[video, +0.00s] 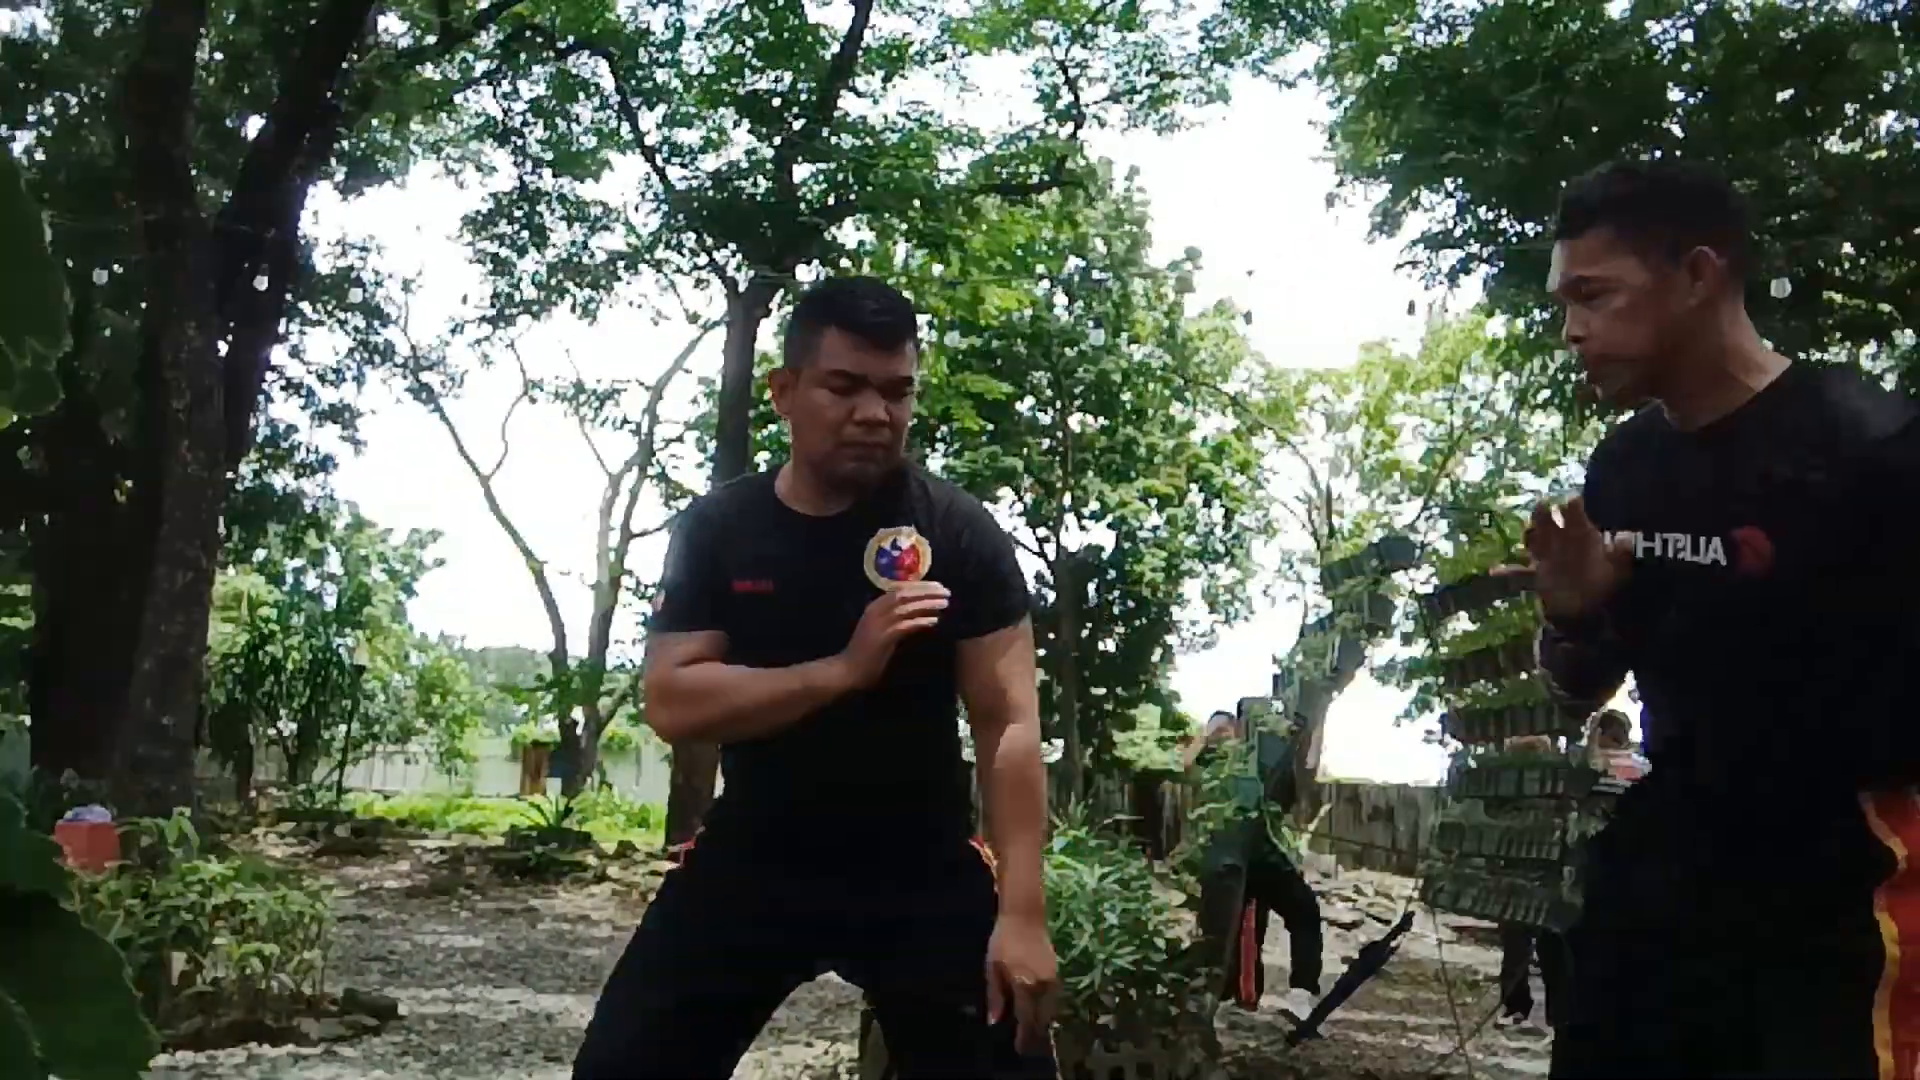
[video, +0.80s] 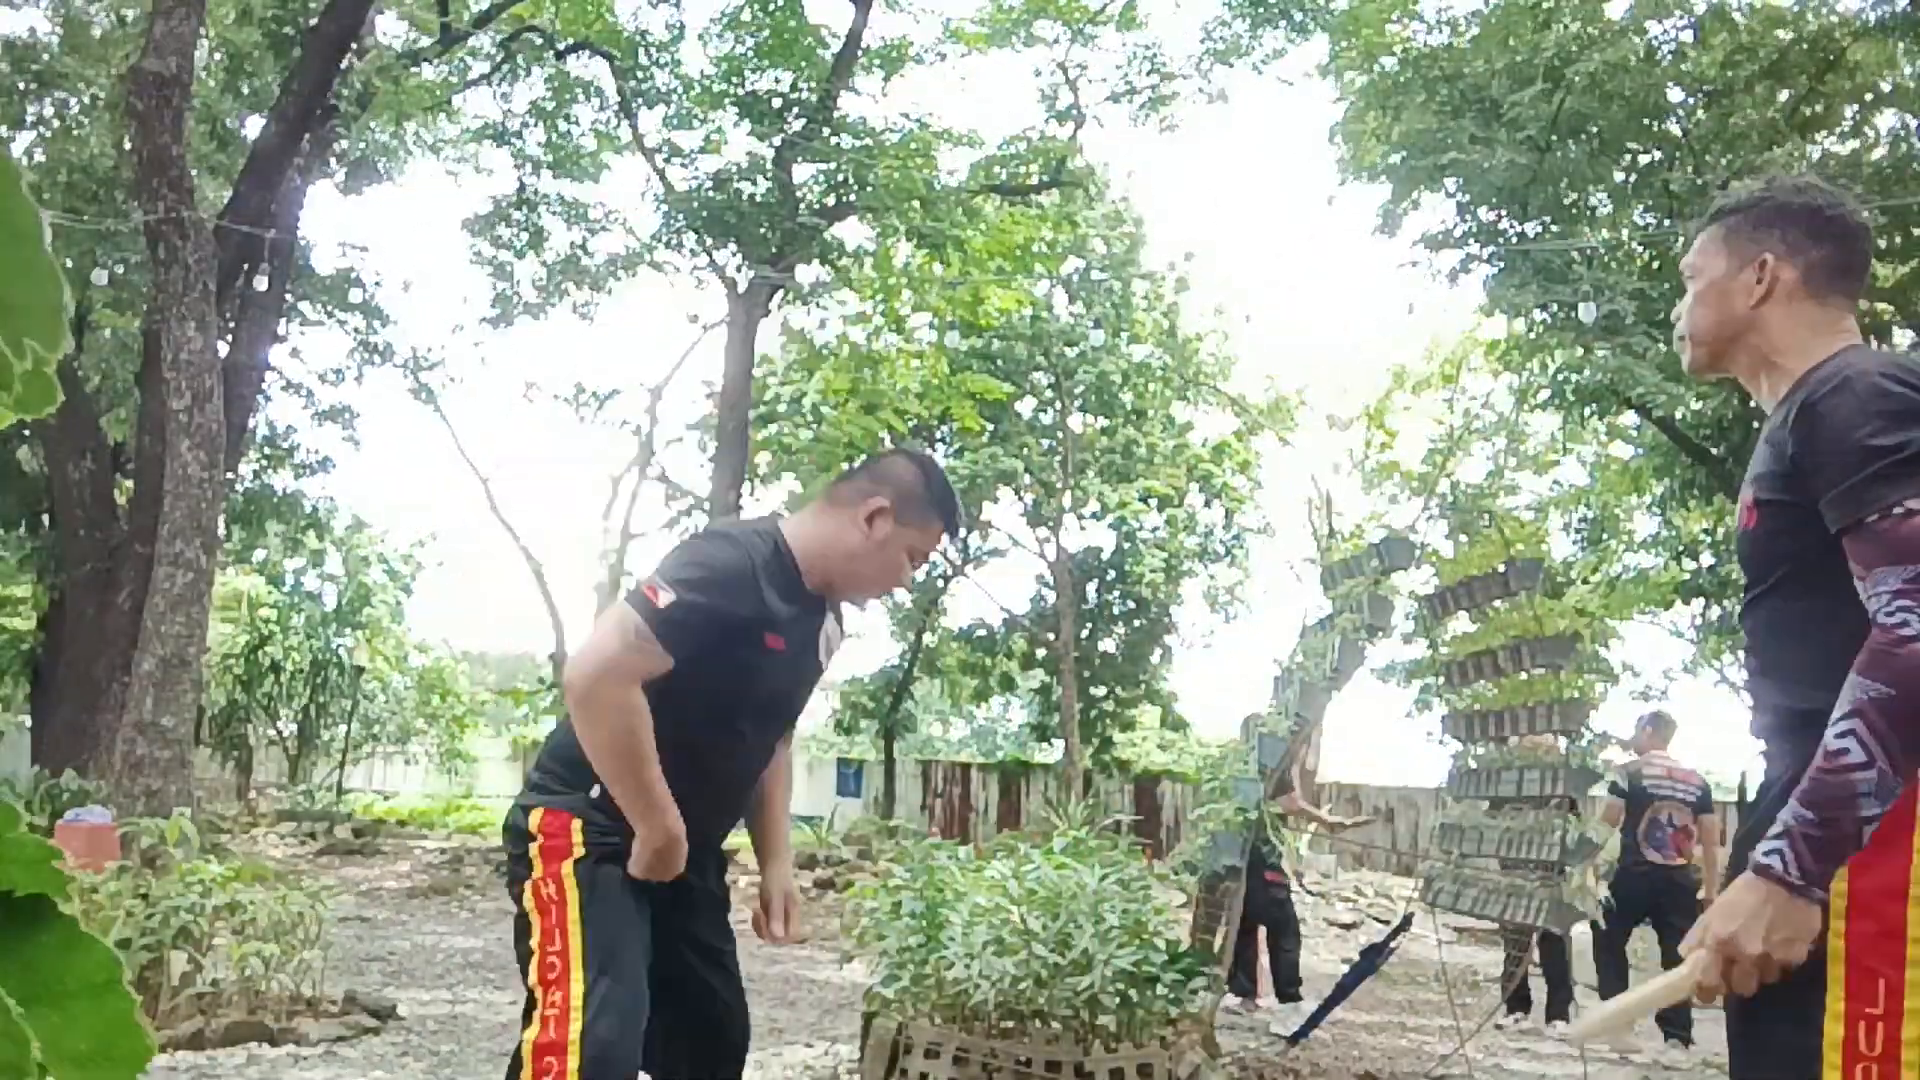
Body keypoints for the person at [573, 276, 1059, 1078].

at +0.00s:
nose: (873, 415)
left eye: (895, 392)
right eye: (844, 388)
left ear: (914, 398)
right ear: (783, 393)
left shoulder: (961, 533)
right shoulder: (716, 526)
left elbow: (1007, 722)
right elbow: (671, 702)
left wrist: (1024, 913)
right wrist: (842, 671)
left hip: (917, 867)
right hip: (754, 862)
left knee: (1003, 1060)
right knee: (621, 1062)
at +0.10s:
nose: (845, 407)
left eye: (863, 384)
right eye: (816, 378)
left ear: (880, 391)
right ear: (750, 380)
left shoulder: (924, 520)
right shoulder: (679, 529)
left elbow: (957, 705)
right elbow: (651, 710)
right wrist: (834, 709)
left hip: (894, 865)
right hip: (722, 867)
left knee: (986, 1065)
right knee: (605, 1066)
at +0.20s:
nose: (802, 396)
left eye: (821, 376)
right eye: (776, 366)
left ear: (834, 384)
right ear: (706, 361)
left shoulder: (858, 510)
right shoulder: (614, 512)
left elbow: (899, 684)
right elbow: (574, 700)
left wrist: (778, 809)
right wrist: (736, 790)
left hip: (818, 866)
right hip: (646, 867)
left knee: (904, 1062)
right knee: (582, 1063)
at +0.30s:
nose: (791, 389)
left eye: (808, 371)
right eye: (770, 358)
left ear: (817, 376)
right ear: (697, 343)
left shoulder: (818, 501)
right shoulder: (583, 493)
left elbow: (852, 668)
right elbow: (495, 672)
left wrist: (771, 784)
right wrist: (625, 814)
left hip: (774, 863)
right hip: (606, 867)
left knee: (843, 1064)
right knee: (578, 1065)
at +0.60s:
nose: (839, 442)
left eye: (852, 425)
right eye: (843, 413)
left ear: (797, 377)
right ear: (794, 372)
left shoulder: (775, 500)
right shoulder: (631, 449)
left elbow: (763, 627)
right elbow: (514, 594)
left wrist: (763, 739)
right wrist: (625, 746)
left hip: (707, 808)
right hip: (584, 801)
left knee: (706, 1041)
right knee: (576, 1045)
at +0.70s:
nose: (859, 486)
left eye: (872, 469)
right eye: (865, 460)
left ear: (823, 420)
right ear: (823, 417)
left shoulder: (785, 531)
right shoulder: (673, 478)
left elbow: (748, 652)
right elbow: (545, 607)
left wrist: (761, 740)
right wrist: (638, 760)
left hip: (701, 821)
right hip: (589, 808)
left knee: (695, 1034)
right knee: (587, 1037)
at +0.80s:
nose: (905, 582)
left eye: (918, 565)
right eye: (912, 557)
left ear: (874, 516)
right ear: (873, 516)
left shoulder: (820, 618)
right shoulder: (730, 560)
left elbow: (769, 738)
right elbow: (595, 676)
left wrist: (776, 865)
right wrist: (657, 823)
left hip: (684, 851)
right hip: (585, 831)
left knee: (708, 1044)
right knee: (590, 1047)